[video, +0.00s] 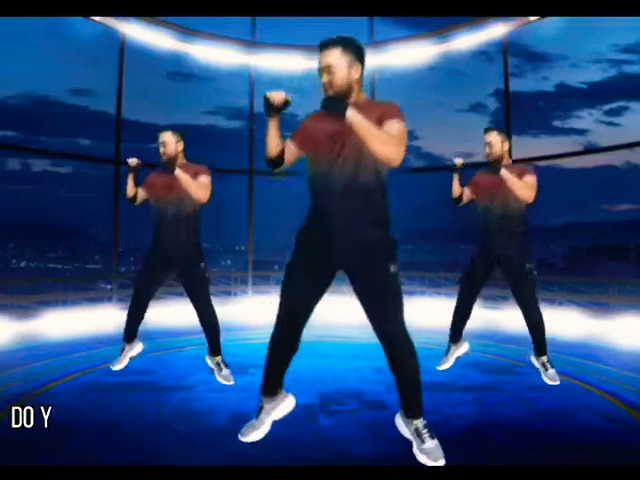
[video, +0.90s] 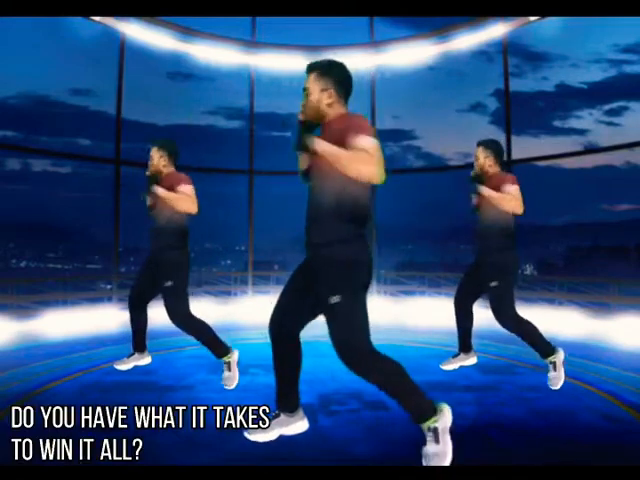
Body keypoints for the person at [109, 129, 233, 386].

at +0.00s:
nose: (162, 149)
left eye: (166, 144)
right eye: (160, 145)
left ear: (180, 146)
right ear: (159, 149)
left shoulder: (199, 173)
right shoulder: (156, 178)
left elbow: (202, 196)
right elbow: (134, 198)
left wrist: (177, 171)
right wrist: (132, 172)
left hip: (189, 251)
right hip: (160, 250)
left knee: (203, 305)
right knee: (140, 297)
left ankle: (216, 356)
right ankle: (129, 343)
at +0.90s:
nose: (150, 160)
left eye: (153, 156)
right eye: (150, 156)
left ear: (165, 158)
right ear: (159, 159)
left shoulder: (179, 180)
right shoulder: (158, 182)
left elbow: (191, 206)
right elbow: (159, 209)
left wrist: (160, 192)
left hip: (174, 256)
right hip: (158, 255)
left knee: (179, 315)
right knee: (137, 299)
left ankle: (227, 356)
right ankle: (140, 353)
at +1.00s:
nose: (156, 164)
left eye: (160, 160)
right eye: (155, 160)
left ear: (169, 162)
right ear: (161, 162)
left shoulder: (170, 180)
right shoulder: (173, 182)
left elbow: (140, 183)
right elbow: (139, 183)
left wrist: (117, 178)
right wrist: (121, 180)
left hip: (172, 256)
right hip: (160, 255)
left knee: (180, 315)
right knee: (136, 297)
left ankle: (230, 356)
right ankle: (140, 352)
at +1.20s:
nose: (146, 160)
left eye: (150, 155)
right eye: (146, 156)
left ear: (163, 157)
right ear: (151, 159)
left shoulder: (179, 178)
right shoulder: (153, 182)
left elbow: (175, 197)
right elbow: (145, 211)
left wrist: (153, 179)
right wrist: (143, 189)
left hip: (177, 256)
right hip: (157, 255)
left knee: (191, 310)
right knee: (136, 300)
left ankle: (232, 358)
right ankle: (140, 354)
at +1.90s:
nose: (169, 163)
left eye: (173, 158)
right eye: (164, 159)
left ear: (182, 160)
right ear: (159, 163)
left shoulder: (197, 185)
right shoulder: (155, 193)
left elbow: (210, 215)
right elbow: (138, 219)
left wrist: (187, 188)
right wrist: (129, 195)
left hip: (193, 263)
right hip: (162, 263)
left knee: (210, 316)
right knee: (137, 306)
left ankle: (218, 362)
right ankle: (139, 353)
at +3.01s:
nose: (175, 156)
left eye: (180, 151)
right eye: (170, 151)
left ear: (189, 155)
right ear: (165, 155)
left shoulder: (200, 182)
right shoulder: (154, 180)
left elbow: (212, 213)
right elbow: (123, 190)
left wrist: (192, 188)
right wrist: (107, 178)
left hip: (190, 259)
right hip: (159, 257)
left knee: (206, 314)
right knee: (135, 302)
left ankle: (213, 365)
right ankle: (142, 353)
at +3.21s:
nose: (156, 158)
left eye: (161, 154)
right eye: (153, 155)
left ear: (172, 158)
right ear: (149, 160)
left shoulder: (183, 184)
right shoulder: (152, 185)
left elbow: (192, 217)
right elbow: (140, 199)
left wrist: (168, 199)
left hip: (174, 257)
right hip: (154, 256)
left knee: (185, 312)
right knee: (133, 300)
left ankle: (228, 353)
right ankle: (141, 354)